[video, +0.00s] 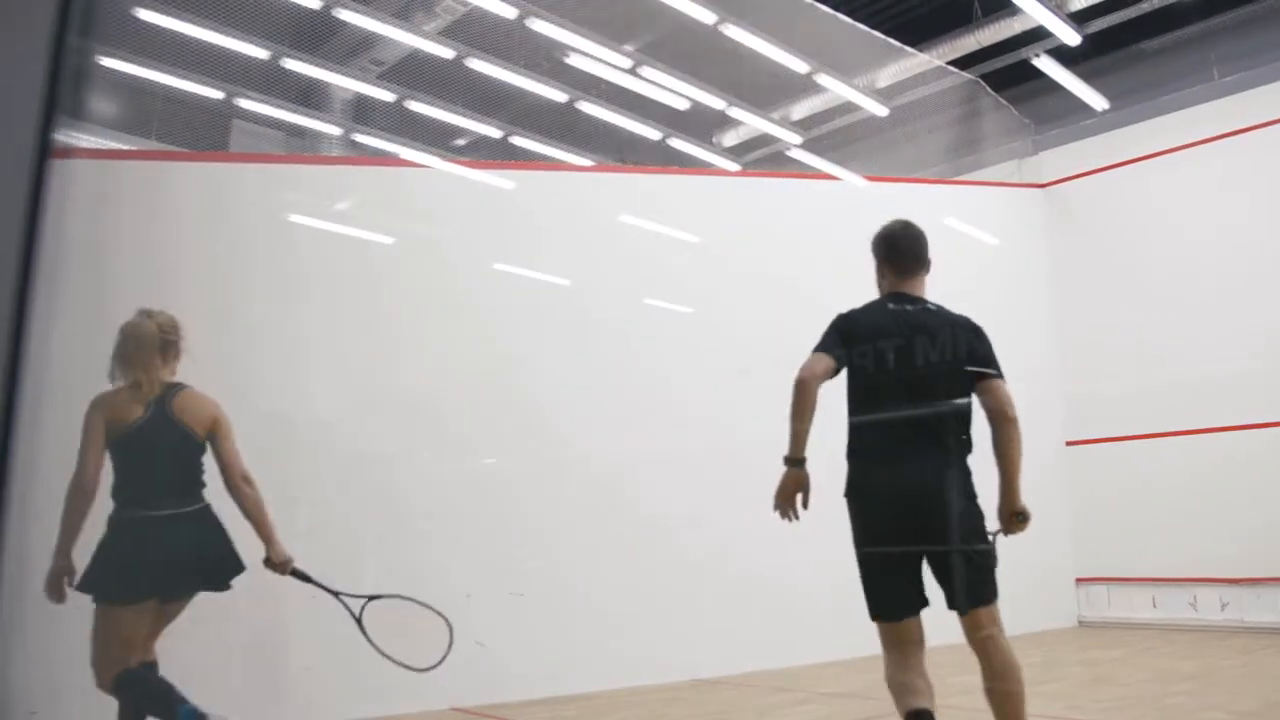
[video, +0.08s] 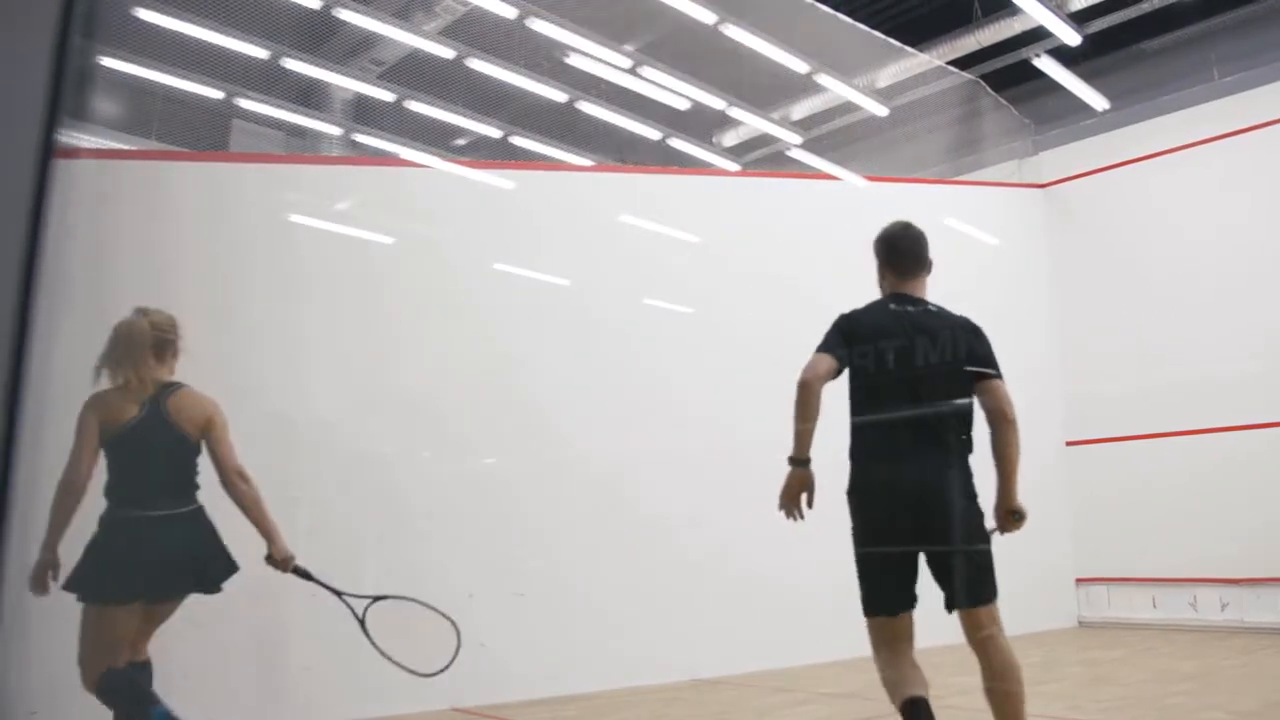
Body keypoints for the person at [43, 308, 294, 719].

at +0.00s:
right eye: (176, 355)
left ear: (123, 356)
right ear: (174, 357)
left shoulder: (107, 406)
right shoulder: (204, 408)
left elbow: (85, 484)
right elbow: (239, 480)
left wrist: (63, 555)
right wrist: (273, 543)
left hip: (135, 550)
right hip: (196, 547)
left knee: (111, 672)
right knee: (141, 653)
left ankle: (190, 715)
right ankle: (135, 719)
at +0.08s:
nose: (176, 360)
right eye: (176, 352)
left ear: (123, 352)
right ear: (174, 353)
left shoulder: (102, 406)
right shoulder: (200, 407)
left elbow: (76, 480)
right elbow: (234, 477)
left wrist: (50, 548)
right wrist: (275, 541)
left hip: (124, 550)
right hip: (186, 548)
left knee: (97, 672)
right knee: (136, 649)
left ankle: (157, 712)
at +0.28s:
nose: (178, 351)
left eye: (177, 345)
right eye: (177, 344)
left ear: (126, 349)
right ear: (171, 347)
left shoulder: (94, 403)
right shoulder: (191, 407)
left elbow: (49, 476)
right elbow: (228, 476)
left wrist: (29, 528)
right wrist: (272, 539)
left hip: (97, 549)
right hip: (164, 552)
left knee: (76, 671)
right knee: (118, 649)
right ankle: (119, 717)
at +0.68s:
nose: (183, 341)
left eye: (182, 331)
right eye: (180, 330)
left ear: (130, 333)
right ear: (162, 331)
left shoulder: (90, 384)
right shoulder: (168, 387)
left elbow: (60, 462)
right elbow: (207, 461)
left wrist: (89, 508)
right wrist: (260, 524)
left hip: (68, 536)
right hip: (133, 539)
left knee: (56, 671)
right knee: (124, 650)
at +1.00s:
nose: (203, 330)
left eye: (202, 319)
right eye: (199, 318)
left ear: (143, 323)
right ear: (179, 321)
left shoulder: (106, 376)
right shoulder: (173, 375)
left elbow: (98, 467)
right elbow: (202, 452)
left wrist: (157, 499)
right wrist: (254, 516)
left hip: (72, 532)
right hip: (131, 537)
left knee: (58, 672)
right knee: (159, 677)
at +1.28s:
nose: (236, 306)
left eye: (235, 295)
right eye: (231, 295)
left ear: (181, 298)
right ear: (209, 296)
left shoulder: (142, 355)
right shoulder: (199, 348)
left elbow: (145, 457)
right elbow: (198, 427)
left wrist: (208, 492)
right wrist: (247, 499)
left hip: (121, 515)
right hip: (174, 519)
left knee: (106, 660)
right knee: (197, 681)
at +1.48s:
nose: (265, 287)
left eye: (263, 276)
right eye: (261, 276)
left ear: (217, 280)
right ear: (239, 277)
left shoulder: (187, 334)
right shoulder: (216, 330)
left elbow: (191, 438)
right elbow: (199, 415)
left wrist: (245, 492)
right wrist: (237, 489)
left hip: (170, 504)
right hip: (202, 508)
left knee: (182, 669)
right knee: (208, 680)